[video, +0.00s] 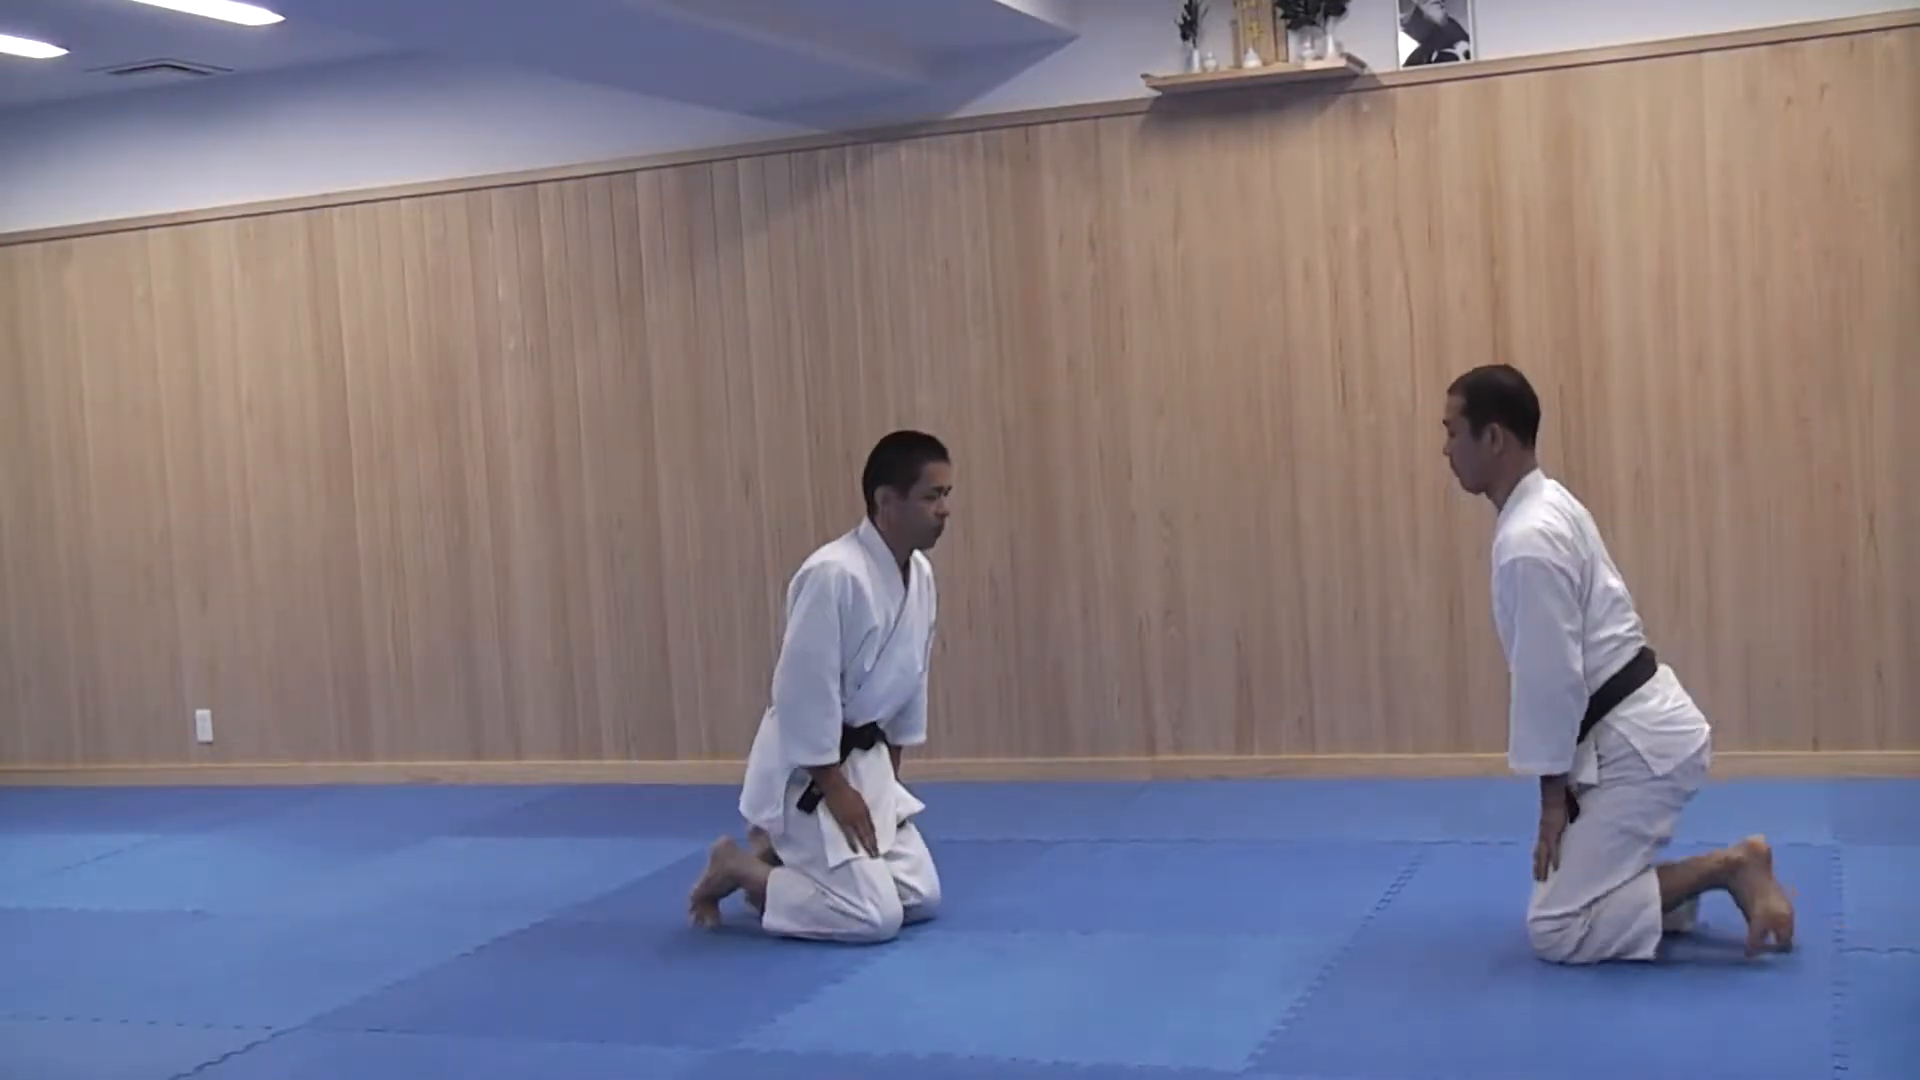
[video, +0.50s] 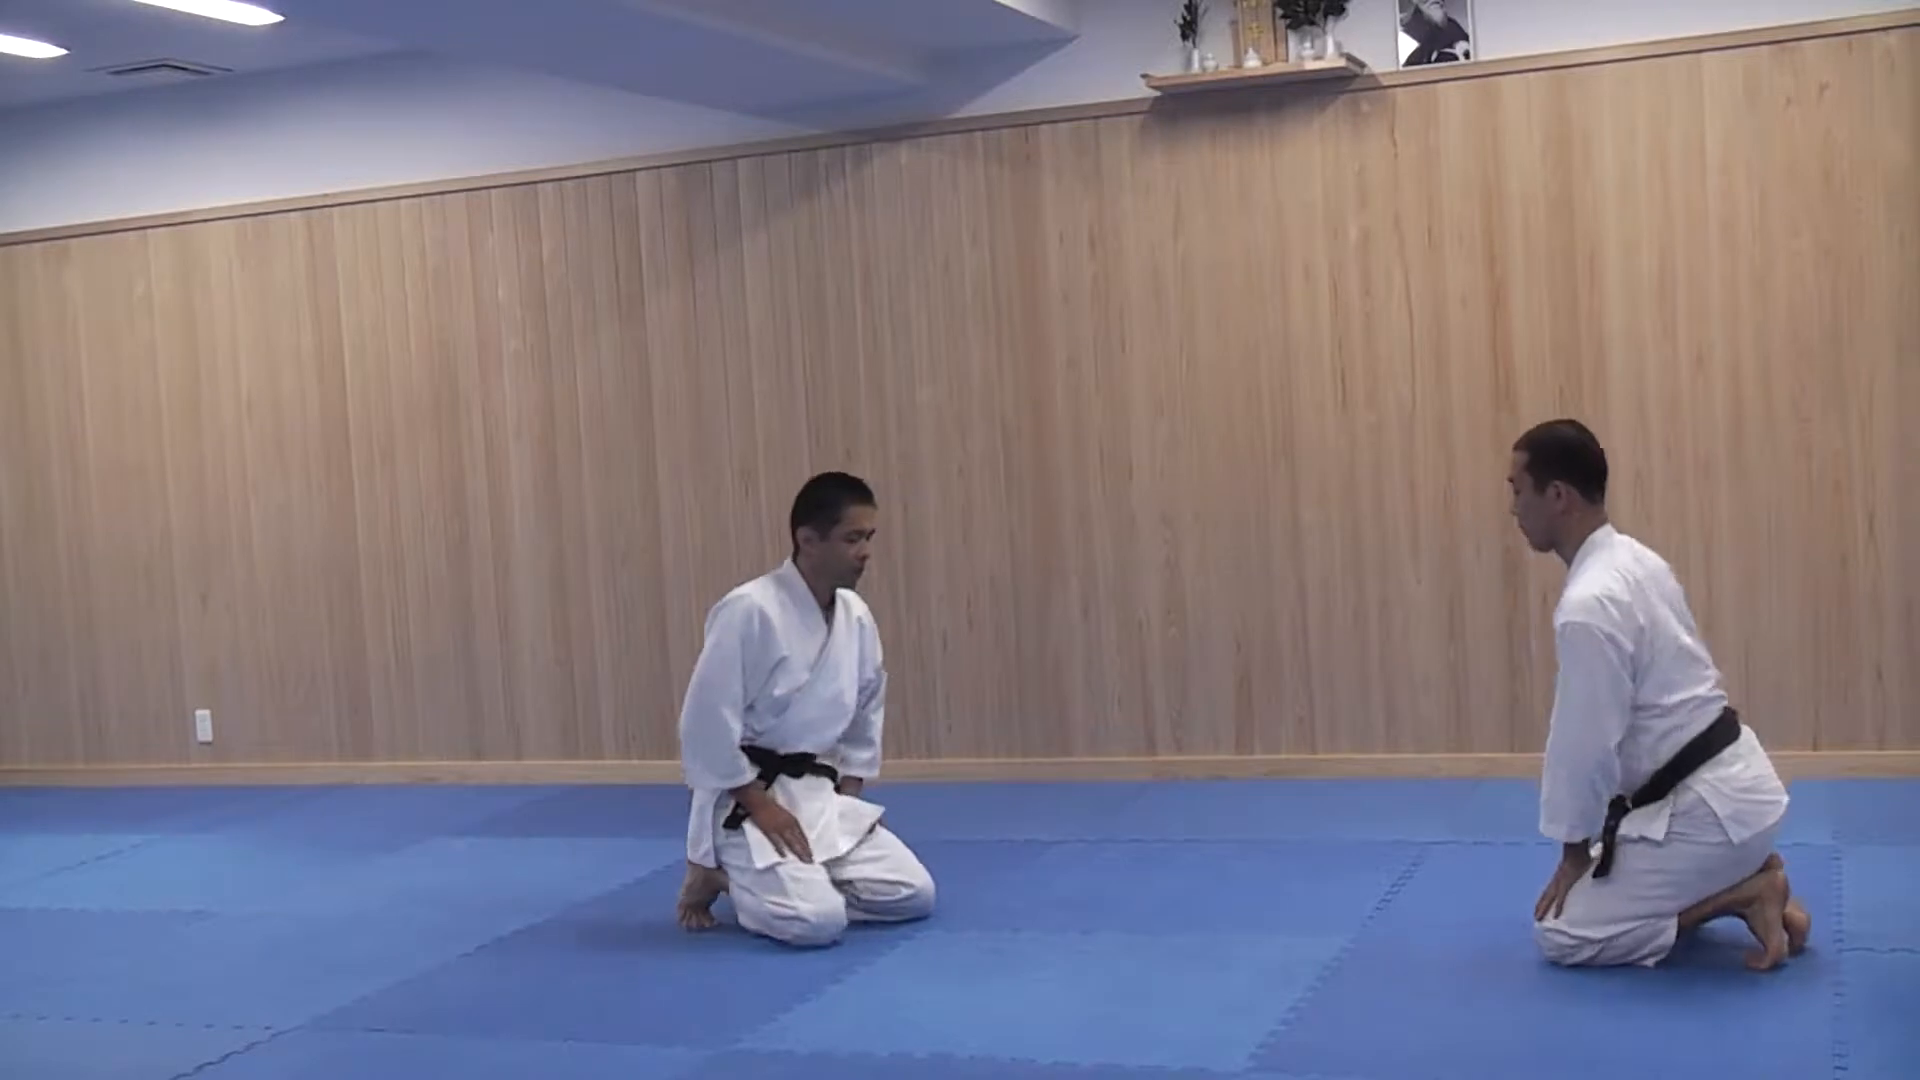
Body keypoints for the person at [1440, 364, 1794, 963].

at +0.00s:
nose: (1445, 449)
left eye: (1453, 432)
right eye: (1445, 432)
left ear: (1494, 439)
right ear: (1498, 440)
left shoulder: (1528, 539)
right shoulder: (1549, 505)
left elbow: (1551, 680)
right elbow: (1565, 664)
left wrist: (1552, 798)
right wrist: (1561, 789)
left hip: (1642, 746)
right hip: (1649, 730)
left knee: (1559, 930)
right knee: (1571, 897)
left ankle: (1728, 867)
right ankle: (1717, 873)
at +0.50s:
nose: (1513, 508)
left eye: (1517, 491)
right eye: (1513, 491)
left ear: (1558, 496)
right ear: (1562, 496)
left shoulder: (1590, 603)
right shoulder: (1634, 560)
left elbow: (1585, 742)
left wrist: (1573, 853)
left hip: (1710, 814)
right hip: (1736, 791)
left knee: (1565, 938)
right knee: (1578, 910)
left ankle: (1741, 892)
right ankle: (1747, 882)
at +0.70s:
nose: (1567, 502)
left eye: (1573, 486)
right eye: (1567, 486)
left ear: (1613, 494)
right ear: (1622, 492)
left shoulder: (1623, 610)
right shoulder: (1708, 564)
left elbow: (1602, 753)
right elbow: (1727, 701)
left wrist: (1582, 862)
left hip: (1727, 831)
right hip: (1789, 802)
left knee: (1568, 937)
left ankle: (1749, 903)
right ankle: (1788, 877)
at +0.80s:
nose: (1590, 498)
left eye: (1596, 482)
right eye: (1591, 482)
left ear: (1636, 490)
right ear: (1657, 491)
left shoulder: (1639, 611)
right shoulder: (1734, 566)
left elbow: (1613, 756)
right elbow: (1779, 688)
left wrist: (1587, 862)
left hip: (1734, 836)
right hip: (1804, 808)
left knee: (1568, 935)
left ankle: (1746, 906)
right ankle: (1801, 880)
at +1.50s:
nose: (1619, 427)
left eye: (1626, 410)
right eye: (1620, 410)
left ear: (1669, 416)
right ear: (1681, 417)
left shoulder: (1668, 516)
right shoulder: (1747, 505)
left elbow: (1652, 659)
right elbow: (1761, 642)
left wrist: (1586, 761)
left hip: (1718, 740)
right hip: (1784, 737)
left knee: (1551, 838)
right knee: (1684, 897)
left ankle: (1730, 870)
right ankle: (1796, 884)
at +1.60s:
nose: (1602, 412)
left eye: (1609, 396)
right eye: (1602, 396)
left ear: (1653, 401)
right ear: (1661, 403)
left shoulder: (1661, 498)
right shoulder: (1722, 485)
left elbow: (1651, 635)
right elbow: (1722, 627)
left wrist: (1565, 714)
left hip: (1707, 709)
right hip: (1766, 715)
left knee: (1519, 772)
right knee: (1693, 882)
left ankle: (1665, 884)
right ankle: (1795, 881)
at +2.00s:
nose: (1515, 397)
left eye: (1525, 382)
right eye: (1516, 381)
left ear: (1567, 388)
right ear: (1576, 388)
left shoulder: (1574, 482)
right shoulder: (1658, 460)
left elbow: (1542, 613)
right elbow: (1707, 571)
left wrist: (1503, 687)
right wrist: (1624, 646)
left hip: (1650, 690)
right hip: (1713, 692)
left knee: (1473, 747)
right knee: (1679, 892)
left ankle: (1560, 908)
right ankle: (1810, 885)